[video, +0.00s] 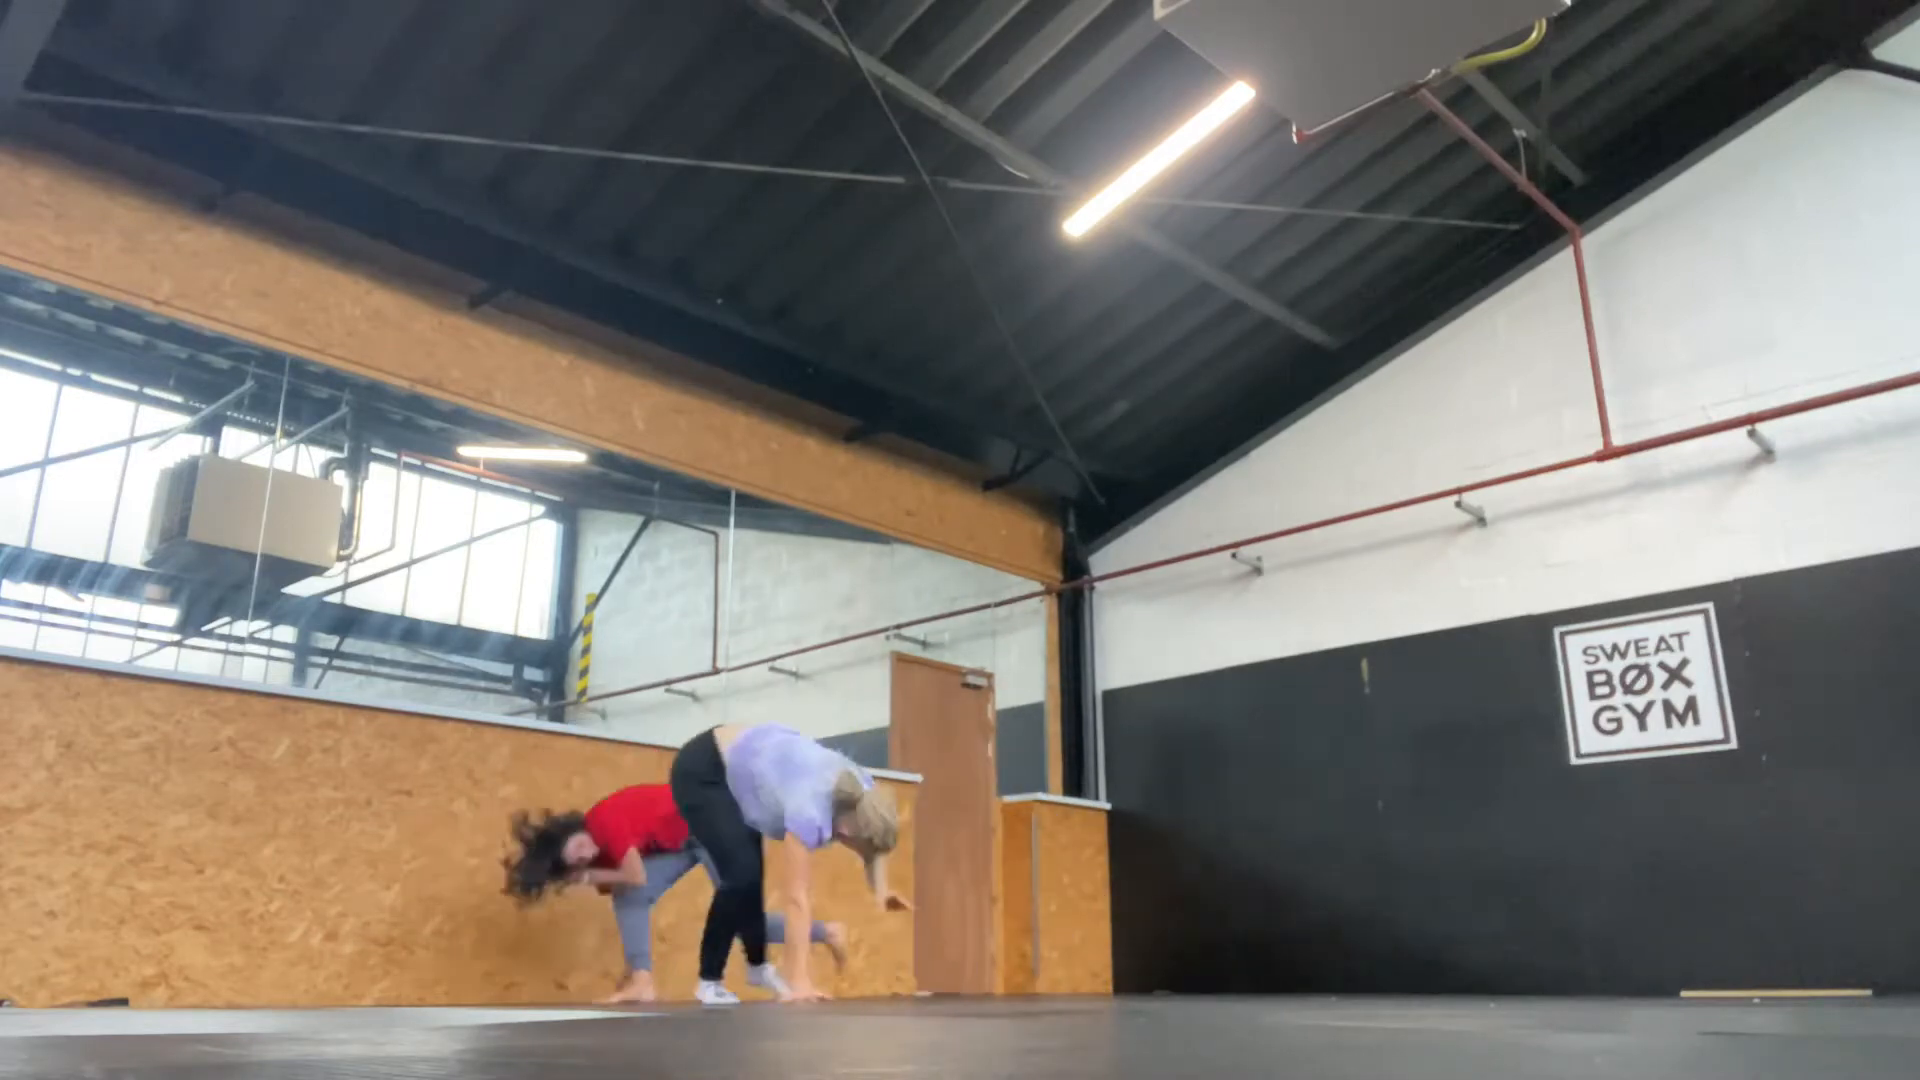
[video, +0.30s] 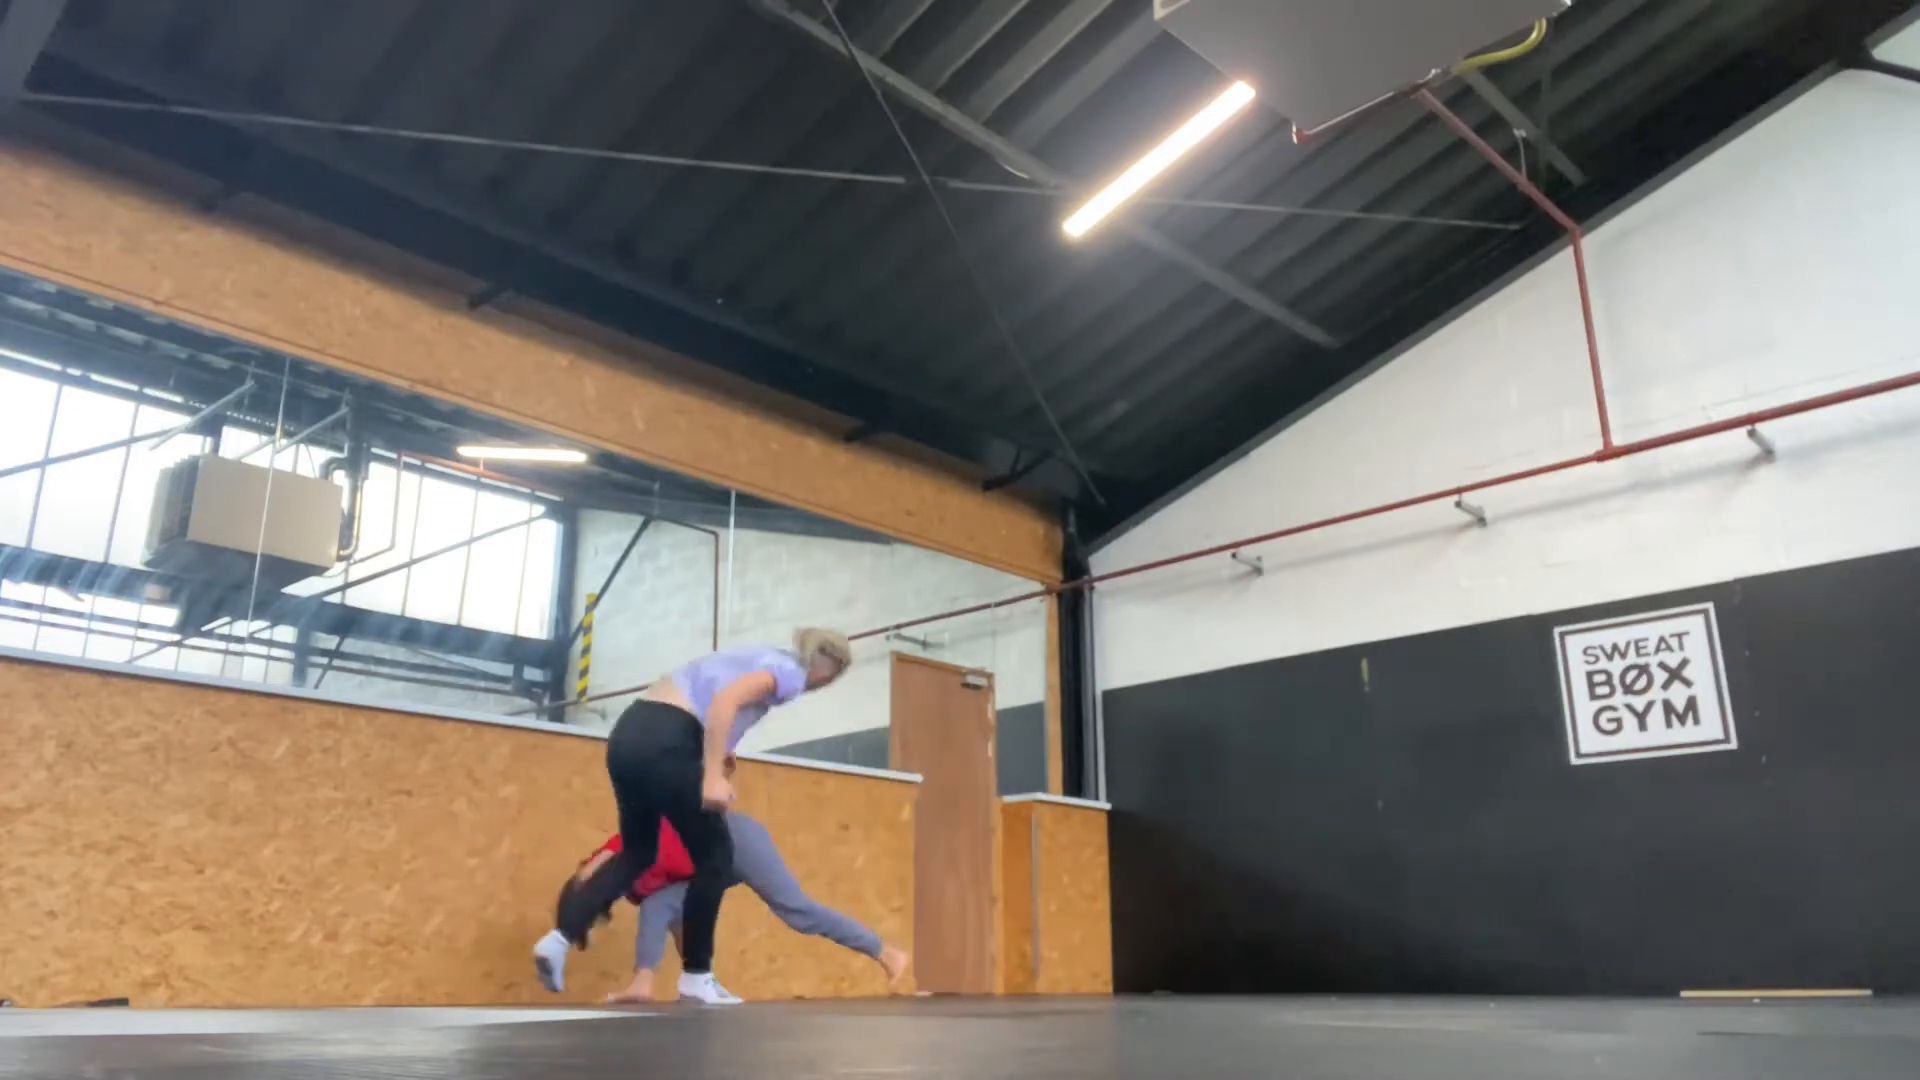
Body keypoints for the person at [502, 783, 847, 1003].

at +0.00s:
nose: (580, 863)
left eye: (574, 861)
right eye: (572, 865)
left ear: (575, 841)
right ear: (575, 851)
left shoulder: (609, 824)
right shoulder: (596, 831)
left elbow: (633, 875)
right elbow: (624, 872)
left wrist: (592, 878)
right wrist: (599, 876)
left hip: (711, 835)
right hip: (674, 845)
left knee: (740, 920)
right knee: (631, 896)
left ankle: (824, 932)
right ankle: (641, 982)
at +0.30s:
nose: (825, 685)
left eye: (831, 679)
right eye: (829, 676)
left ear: (806, 648)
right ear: (819, 660)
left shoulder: (760, 657)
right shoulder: (788, 672)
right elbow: (726, 700)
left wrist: (722, 749)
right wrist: (713, 773)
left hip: (630, 732)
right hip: (671, 742)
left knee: (638, 852)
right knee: (715, 860)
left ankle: (560, 939)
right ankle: (697, 977)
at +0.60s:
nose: (690, 658)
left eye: (691, 652)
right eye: (691, 652)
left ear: (647, 635)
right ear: (682, 647)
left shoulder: (598, 653)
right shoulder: (685, 674)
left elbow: (540, 703)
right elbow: (701, 747)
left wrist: (559, 740)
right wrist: (688, 759)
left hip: (560, 737)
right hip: (624, 738)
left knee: (551, 870)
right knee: (681, 844)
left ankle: (505, 980)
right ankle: (707, 946)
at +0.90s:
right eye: (653, 685)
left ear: (609, 674)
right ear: (649, 681)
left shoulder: (578, 690)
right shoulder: (657, 694)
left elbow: (546, 740)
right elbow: (667, 748)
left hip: (562, 747)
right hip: (628, 744)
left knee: (554, 866)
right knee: (706, 853)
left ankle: (506, 980)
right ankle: (753, 958)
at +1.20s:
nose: (779, 681)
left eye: (776, 677)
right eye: (777, 675)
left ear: (731, 666)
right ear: (769, 673)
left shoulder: (696, 676)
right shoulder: (774, 694)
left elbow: (636, 692)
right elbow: (822, 768)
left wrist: (649, 744)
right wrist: (811, 791)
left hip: (643, 741)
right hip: (704, 745)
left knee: (593, 869)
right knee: (776, 857)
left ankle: (509, 983)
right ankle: (803, 981)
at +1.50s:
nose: (883, 692)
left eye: (883, 684)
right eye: (881, 685)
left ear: (834, 663)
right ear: (866, 674)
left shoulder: (794, 669)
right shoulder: (856, 685)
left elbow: (737, 684)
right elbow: (907, 720)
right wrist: (975, 756)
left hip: (705, 718)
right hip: (761, 726)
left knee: (646, 846)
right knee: (814, 850)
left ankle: (556, 933)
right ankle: (808, 980)